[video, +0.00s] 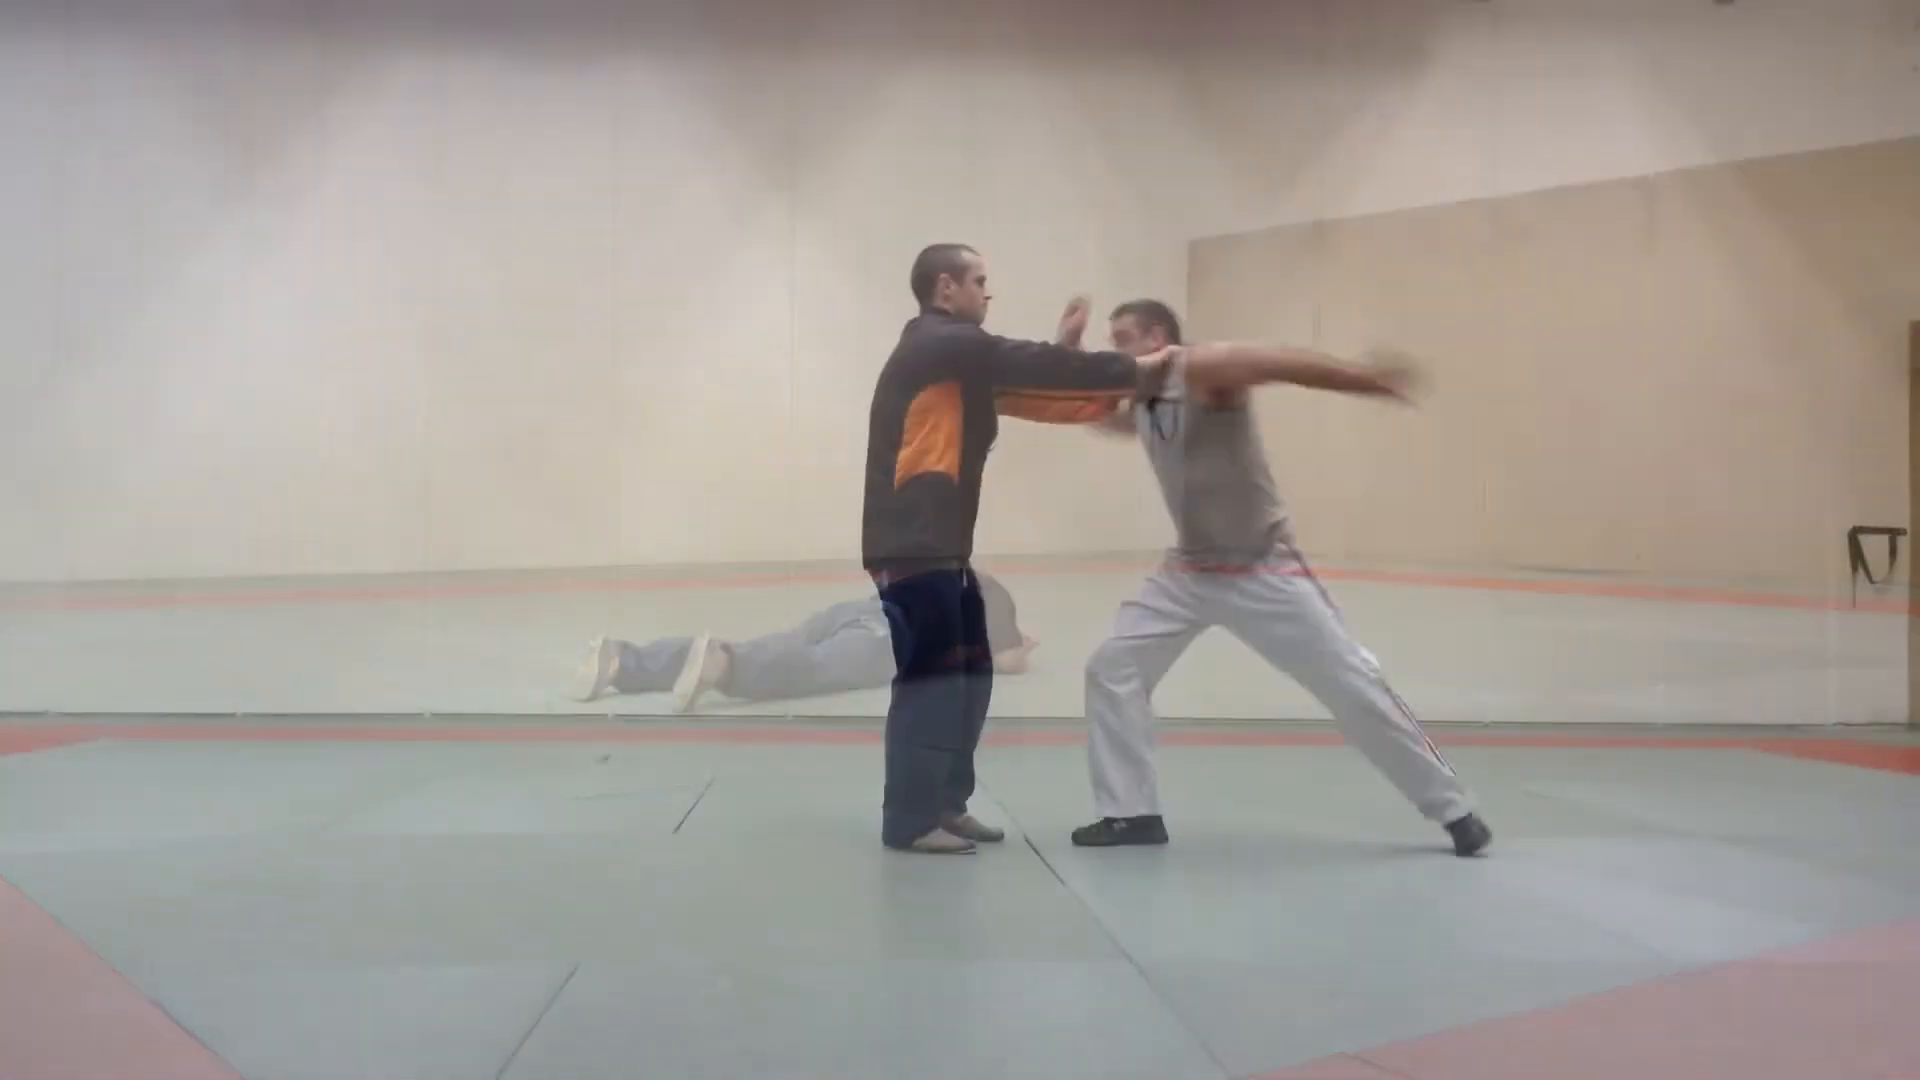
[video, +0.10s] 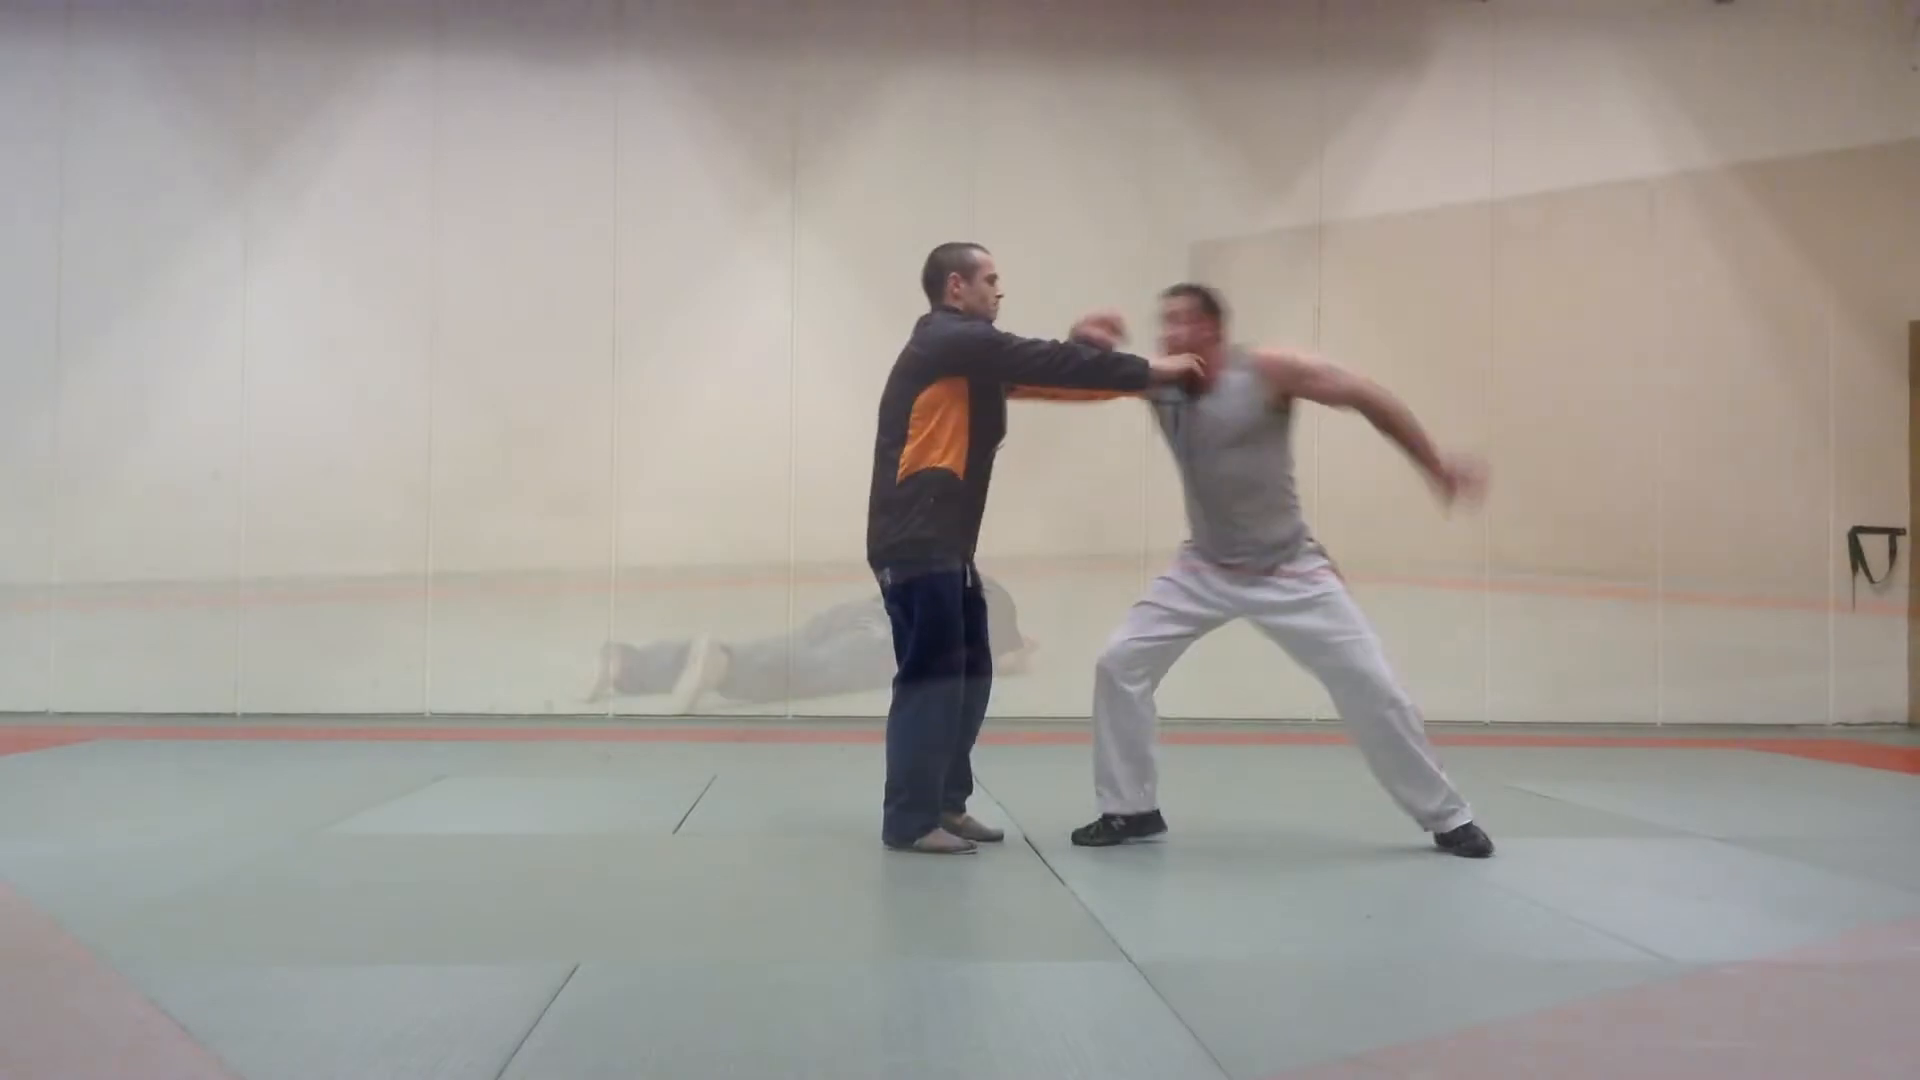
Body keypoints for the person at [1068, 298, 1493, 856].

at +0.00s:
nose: (1117, 352)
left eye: (1125, 340)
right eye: (1114, 344)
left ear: (1158, 337)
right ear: (1127, 348)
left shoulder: (1199, 370)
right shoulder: (1144, 403)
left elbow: (1280, 364)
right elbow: (1093, 416)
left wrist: (1368, 380)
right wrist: (1066, 358)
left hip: (1263, 571)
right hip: (1188, 572)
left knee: (1356, 688)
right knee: (1110, 672)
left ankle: (1452, 811)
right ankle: (1133, 815)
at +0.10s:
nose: (1178, 332)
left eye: (1189, 320)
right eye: (1169, 323)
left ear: (1218, 326)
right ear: (1163, 333)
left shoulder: (1267, 372)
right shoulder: (1161, 384)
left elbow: (1367, 396)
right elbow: (1085, 382)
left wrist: (1434, 466)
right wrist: (1083, 346)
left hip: (1290, 570)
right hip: (1204, 570)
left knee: (1373, 686)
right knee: (1120, 666)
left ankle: (1446, 817)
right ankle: (1132, 811)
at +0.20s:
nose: (1254, 339)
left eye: (1265, 328)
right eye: (1243, 328)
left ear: (1285, 335)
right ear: (1227, 335)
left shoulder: (1328, 399)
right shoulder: (1202, 395)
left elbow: (1376, 455)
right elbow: (1114, 393)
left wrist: (1412, 520)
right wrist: (1111, 352)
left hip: (1310, 576)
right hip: (1221, 571)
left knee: (1389, 679)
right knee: (1137, 674)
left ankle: (1451, 819)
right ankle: (1115, 813)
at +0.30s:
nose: (1312, 369)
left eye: (1323, 357)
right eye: (1298, 358)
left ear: (1339, 363)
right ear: (1278, 366)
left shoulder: (1354, 424)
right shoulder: (1252, 417)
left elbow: (1357, 489)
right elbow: (1174, 409)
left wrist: (1388, 550)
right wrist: (1119, 380)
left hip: (1317, 590)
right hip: (1234, 587)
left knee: (1408, 677)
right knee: (1149, 681)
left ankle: (1454, 821)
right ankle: (1112, 819)